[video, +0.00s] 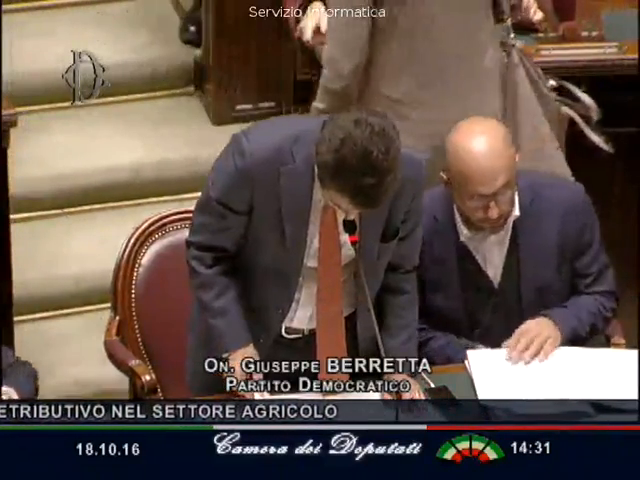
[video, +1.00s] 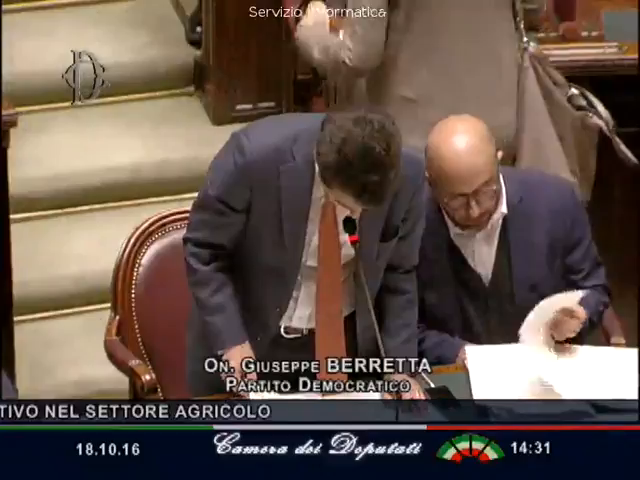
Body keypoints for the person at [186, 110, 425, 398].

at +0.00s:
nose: (349, 215)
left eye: (362, 208)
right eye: (340, 204)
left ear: (388, 178)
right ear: (321, 169)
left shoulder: (406, 176)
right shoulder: (252, 159)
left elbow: (401, 276)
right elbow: (207, 253)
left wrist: (401, 367)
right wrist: (236, 344)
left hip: (348, 337)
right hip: (263, 341)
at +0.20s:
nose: (349, 214)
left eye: (361, 207)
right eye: (339, 203)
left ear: (388, 177)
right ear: (320, 166)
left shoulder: (407, 176)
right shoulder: (252, 160)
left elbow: (402, 275)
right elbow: (207, 253)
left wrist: (400, 365)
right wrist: (235, 344)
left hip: (349, 336)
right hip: (264, 340)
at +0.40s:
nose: (350, 214)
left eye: (362, 207)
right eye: (340, 203)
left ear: (388, 177)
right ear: (321, 166)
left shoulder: (408, 174)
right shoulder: (252, 159)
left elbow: (402, 275)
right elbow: (206, 252)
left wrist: (401, 366)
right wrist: (235, 344)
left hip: (349, 337)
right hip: (264, 341)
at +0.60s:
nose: (350, 214)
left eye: (362, 207)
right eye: (340, 203)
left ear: (388, 176)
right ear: (320, 166)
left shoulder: (407, 174)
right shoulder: (252, 159)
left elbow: (401, 275)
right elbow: (206, 252)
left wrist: (400, 365)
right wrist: (234, 344)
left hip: (349, 336)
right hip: (264, 340)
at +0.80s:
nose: (351, 214)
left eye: (363, 206)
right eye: (341, 203)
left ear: (388, 175)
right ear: (321, 167)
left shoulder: (407, 174)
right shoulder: (252, 159)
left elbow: (401, 275)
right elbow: (205, 252)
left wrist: (400, 365)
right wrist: (233, 344)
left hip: (348, 336)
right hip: (263, 340)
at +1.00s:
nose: (354, 213)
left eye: (365, 206)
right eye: (344, 203)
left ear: (389, 174)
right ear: (323, 167)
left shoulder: (408, 176)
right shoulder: (253, 157)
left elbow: (401, 276)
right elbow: (204, 250)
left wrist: (401, 366)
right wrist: (232, 342)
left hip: (347, 333)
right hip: (261, 338)